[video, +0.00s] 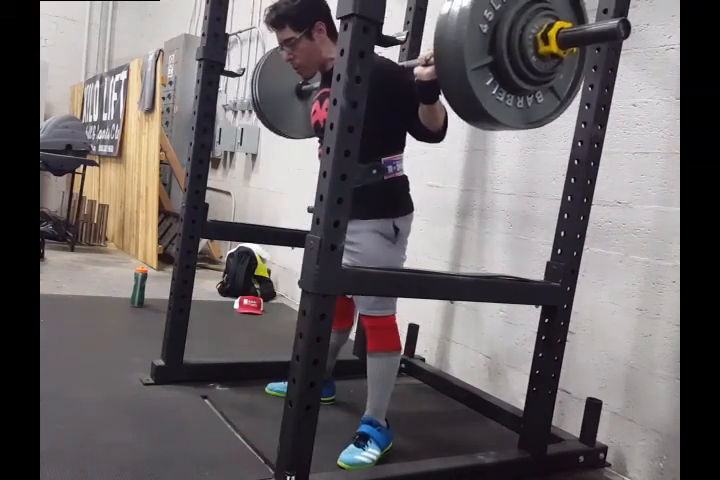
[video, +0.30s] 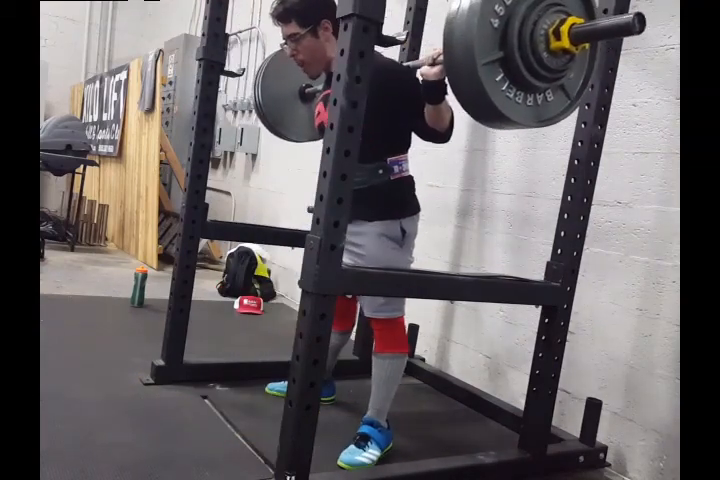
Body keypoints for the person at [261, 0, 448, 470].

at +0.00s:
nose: (287, 56)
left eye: (291, 44)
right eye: (282, 48)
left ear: (322, 32)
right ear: (311, 39)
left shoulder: (383, 74)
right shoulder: (320, 82)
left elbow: (433, 131)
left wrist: (428, 87)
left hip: (379, 213)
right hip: (332, 210)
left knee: (375, 310)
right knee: (328, 300)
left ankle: (375, 424)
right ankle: (318, 379)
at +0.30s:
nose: (290, 52)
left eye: (295, 40)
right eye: (286, 43)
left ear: (328, 30)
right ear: (320, 34)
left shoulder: (386, 76)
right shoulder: (327, 82)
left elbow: (440, 131)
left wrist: (433, 85)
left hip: (384, 216)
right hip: (337, 213)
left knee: (384, 312)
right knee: (332, 301)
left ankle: (376, 424)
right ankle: (318, 379)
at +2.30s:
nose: (305, 33)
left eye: (312, 22)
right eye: (302, 24)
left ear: (342, 20)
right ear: (311, 25)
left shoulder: (386, 74)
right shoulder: (327, 78)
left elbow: (432, 135)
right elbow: (326, 133)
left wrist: (429, 86)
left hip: (375, 213)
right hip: (330, 210)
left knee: (376, 310)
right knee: (327, 300)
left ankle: (375, 423)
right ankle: (317, 379)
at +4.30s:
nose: (311, 32)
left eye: (320, 23)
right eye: (311, 23)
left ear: (351, 28)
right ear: (331, 33)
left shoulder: (387, 87)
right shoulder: (329, 90)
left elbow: (435, 144)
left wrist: (432, 99)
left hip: (387, 220)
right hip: (338, 218)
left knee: (368, 323)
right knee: (317, 306)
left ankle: (375, 427)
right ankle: (315, 380)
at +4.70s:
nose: (296, 97)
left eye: (306, 88)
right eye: (297, 88)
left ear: (336, 95)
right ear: (313, 96)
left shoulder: (373, 149)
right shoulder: (320, 151)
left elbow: (428, 198)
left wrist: (420, 164)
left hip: (406, 250)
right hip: (356, 250)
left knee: (362, 325)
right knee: (298, 298)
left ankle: (374, 430)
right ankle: (315, 381)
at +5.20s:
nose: (278, 159)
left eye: (287, 150)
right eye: (278, 149)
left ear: (318, 158)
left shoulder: (359, 208)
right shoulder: (304, 205)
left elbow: (416, 248)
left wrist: (404, 218)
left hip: (399, 284)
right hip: (350, 281)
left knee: (352, 330)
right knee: (285, 301)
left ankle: (372, 430)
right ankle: (316, 382)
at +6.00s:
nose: (275, 177)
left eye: (283, 169)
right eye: (274, 168)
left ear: (314, 172)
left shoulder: (358, 219)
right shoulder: (306, 222)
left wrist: (406, 226)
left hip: (405, 290)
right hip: (354, 285)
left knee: (352, 329)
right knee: (288, 301)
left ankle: (372, 428)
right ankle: (316, 382)